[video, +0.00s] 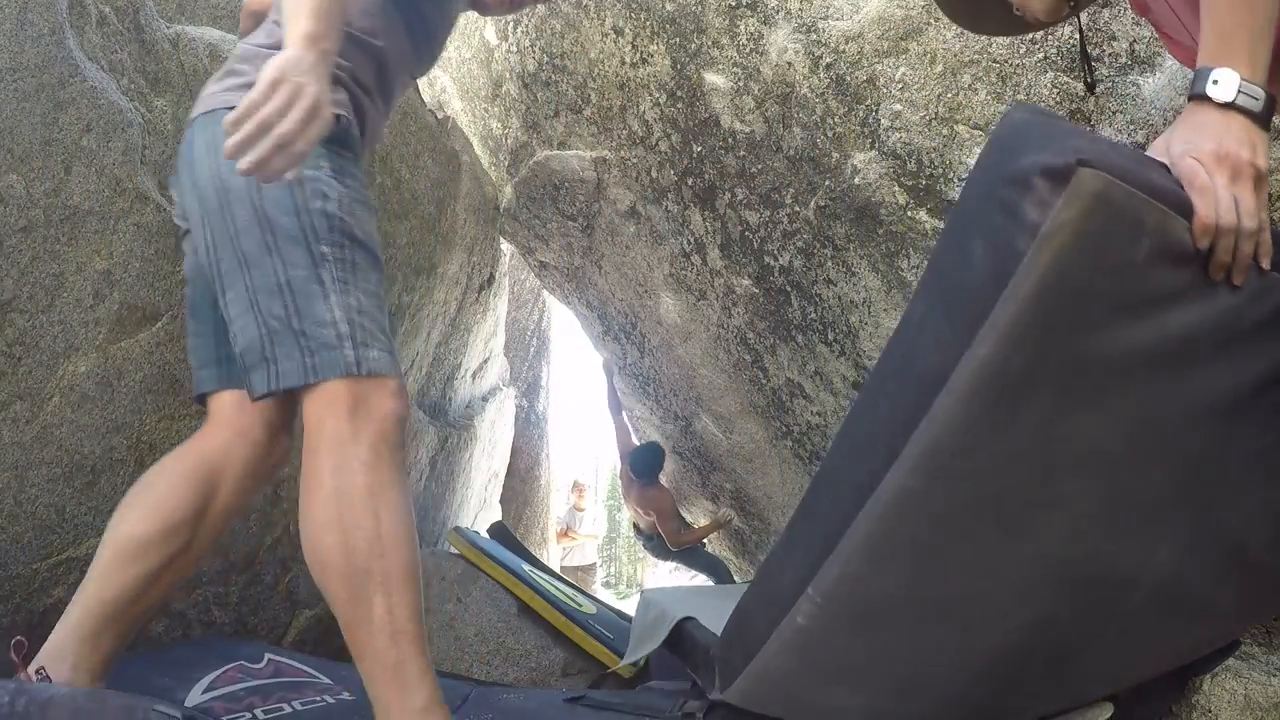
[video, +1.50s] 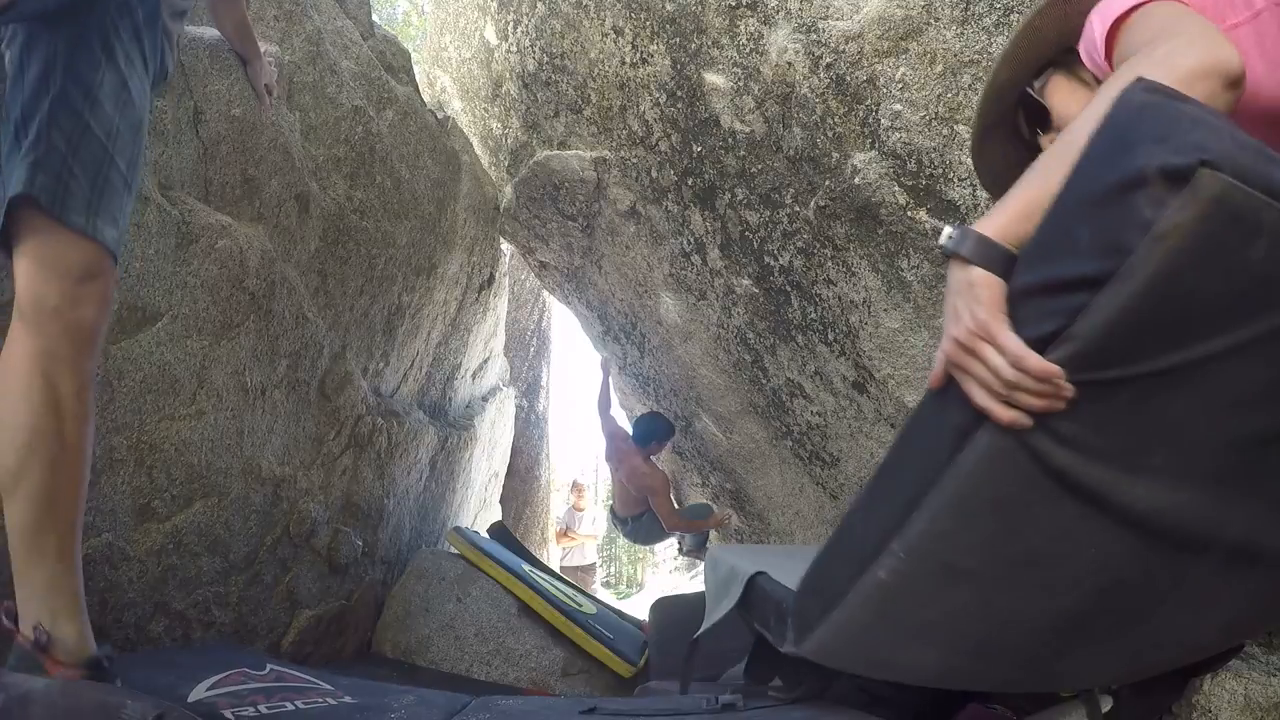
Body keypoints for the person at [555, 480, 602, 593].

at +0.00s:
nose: (581, 493)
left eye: (584, 490)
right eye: (578, 490)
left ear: (588, 492)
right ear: (572, 493)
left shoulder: (596, 513)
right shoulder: (564, 513)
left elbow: (598, 538)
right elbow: (560, 541)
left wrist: (571, 533)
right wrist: (585, 538)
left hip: (589, 565)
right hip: (567, 566)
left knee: (589, 604)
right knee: (568, 605)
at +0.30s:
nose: (581, 493)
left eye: (584, 490)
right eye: (577, 489)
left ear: (588, 492)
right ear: (571, 493)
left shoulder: (596, 513)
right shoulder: (564, 514)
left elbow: (597, 538)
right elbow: (560, 541)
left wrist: (571, 533)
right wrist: (585, 539)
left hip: (589, 564)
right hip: (567, 565)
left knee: (590, 603)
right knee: (568, 604)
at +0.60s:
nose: (581, 492)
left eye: (584, 489)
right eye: (577, 489)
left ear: (589, 492)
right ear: (571, 492)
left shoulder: (596, 513)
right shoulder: (564, 513)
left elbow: (597, 538)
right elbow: (560, 541)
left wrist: (572, 533)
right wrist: (585, 538)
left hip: (589, 565)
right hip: (567, 565)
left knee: (589, 603)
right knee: (568, 603)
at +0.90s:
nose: (581, 492)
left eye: (584, 489)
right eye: (577, 489)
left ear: (589, 492)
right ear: (571, 492)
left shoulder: (596, 513)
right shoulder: (564, 513)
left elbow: (597, 538)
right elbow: (560, 541)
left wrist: (571, 533)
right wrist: (585, 538)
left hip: (589, 564)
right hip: (567, 565)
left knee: (590, 603)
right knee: (568, 603)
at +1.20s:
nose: (580, 492)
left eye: (583, 489)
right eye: (577, 489)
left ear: (589, 492)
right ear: (571, 492)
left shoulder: (596, 513)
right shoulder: (564, 513)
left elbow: (597, 538)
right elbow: (560, 541)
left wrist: (572, 533)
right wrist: (585, 538)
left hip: (589, 565)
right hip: (567, 566)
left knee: (589, 604)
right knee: (567, 604)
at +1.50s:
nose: (580, 493)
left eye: (583, 490)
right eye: (577, 490)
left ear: (589, 492)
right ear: (571, 492)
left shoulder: (597, 513)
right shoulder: (564, 513)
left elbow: (596, 539)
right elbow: (560, 541)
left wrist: (571, 533)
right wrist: (584, 538)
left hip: (589, 565)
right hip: (567, 566)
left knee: (589, 605)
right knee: (568, 605)